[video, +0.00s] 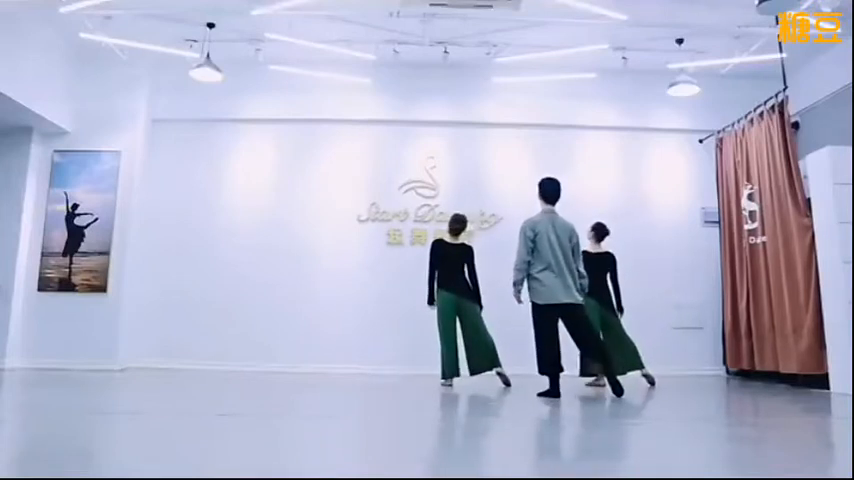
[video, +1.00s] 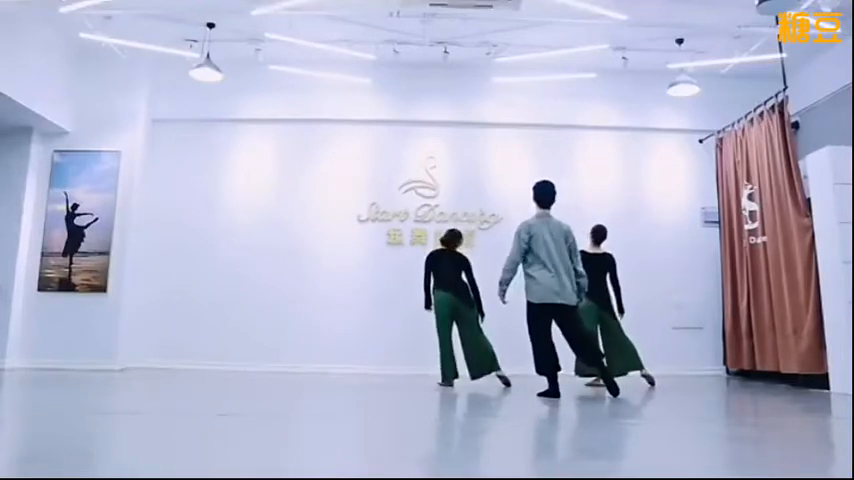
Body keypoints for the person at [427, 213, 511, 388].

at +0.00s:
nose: (457, 230)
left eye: (454, 226)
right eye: (460, 228)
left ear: (448, 226)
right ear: (464, 229)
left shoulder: (437, 245)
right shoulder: (467, 249)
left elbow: (432, 272)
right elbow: (473, 276)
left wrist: (431, 295)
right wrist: (478, 299)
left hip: (445, 294)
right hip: (465, 294)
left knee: (447, 334)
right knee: (480, 331)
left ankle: (447, 376)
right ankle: (497, 367)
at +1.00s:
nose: (459, 245)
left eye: (458, 242)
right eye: (459, 242)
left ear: (444, 240)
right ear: (458, 242)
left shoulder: (433, 256)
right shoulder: (462, 258)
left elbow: (427, 280)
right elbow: (472, 283)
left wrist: (427, 300)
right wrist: (479, 307)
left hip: (442, 296)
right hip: (462, 296)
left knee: (444, 338)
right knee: (476, 333)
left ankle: (448, 378)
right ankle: (497, 369)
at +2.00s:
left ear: (427, 234)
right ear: (440, 236)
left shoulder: (419, 245)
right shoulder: (448, 248)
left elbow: (414, 271)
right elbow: (452, 276)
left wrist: (412, 293)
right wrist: (454, 300)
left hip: (425, 290)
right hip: (444, 293)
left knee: (431, 331)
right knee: (438, 332)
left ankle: (442, 370)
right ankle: (427, 368)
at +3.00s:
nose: (412, 222)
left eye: (409, 219)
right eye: (412, 219)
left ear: (396, 219)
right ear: (412, 221)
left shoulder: (388, 238)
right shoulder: (417, 240)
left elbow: (383, 264)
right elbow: (422, 268)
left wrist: (380, 287)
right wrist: (427, 291)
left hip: (394, 286)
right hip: (412, 288)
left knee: (396, 326)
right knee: (410, 325)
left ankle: (400, 367)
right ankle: (403, 365)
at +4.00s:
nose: (378, 220)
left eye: (376, 216)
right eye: (378, 217)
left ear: (362, 217)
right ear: (376, 219)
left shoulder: (353, 235)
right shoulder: (382, 239)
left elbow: (347, 262)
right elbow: (386, 267)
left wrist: (344, 284)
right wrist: (389, 289)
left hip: (357, 283)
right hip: (376, 285)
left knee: (356, 326)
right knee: (376, 326)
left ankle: (357, 366)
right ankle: (373, 366)